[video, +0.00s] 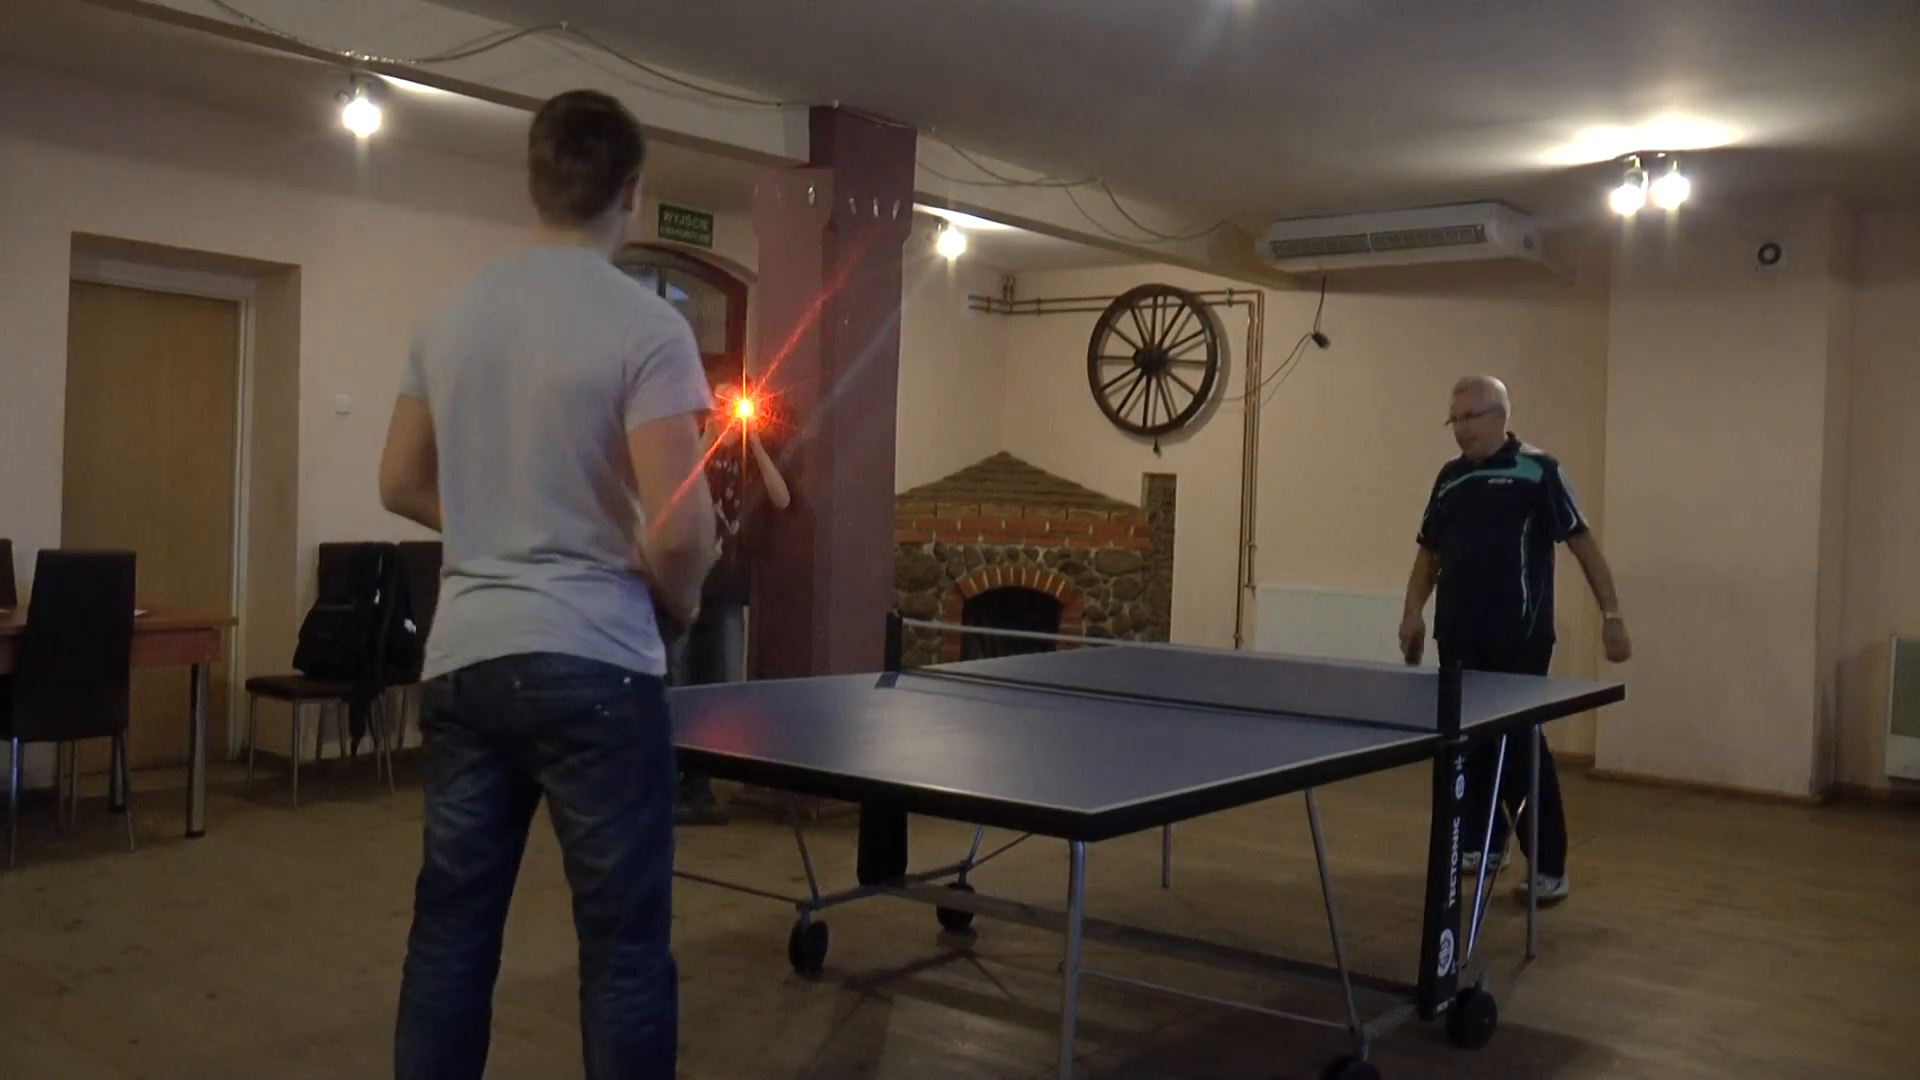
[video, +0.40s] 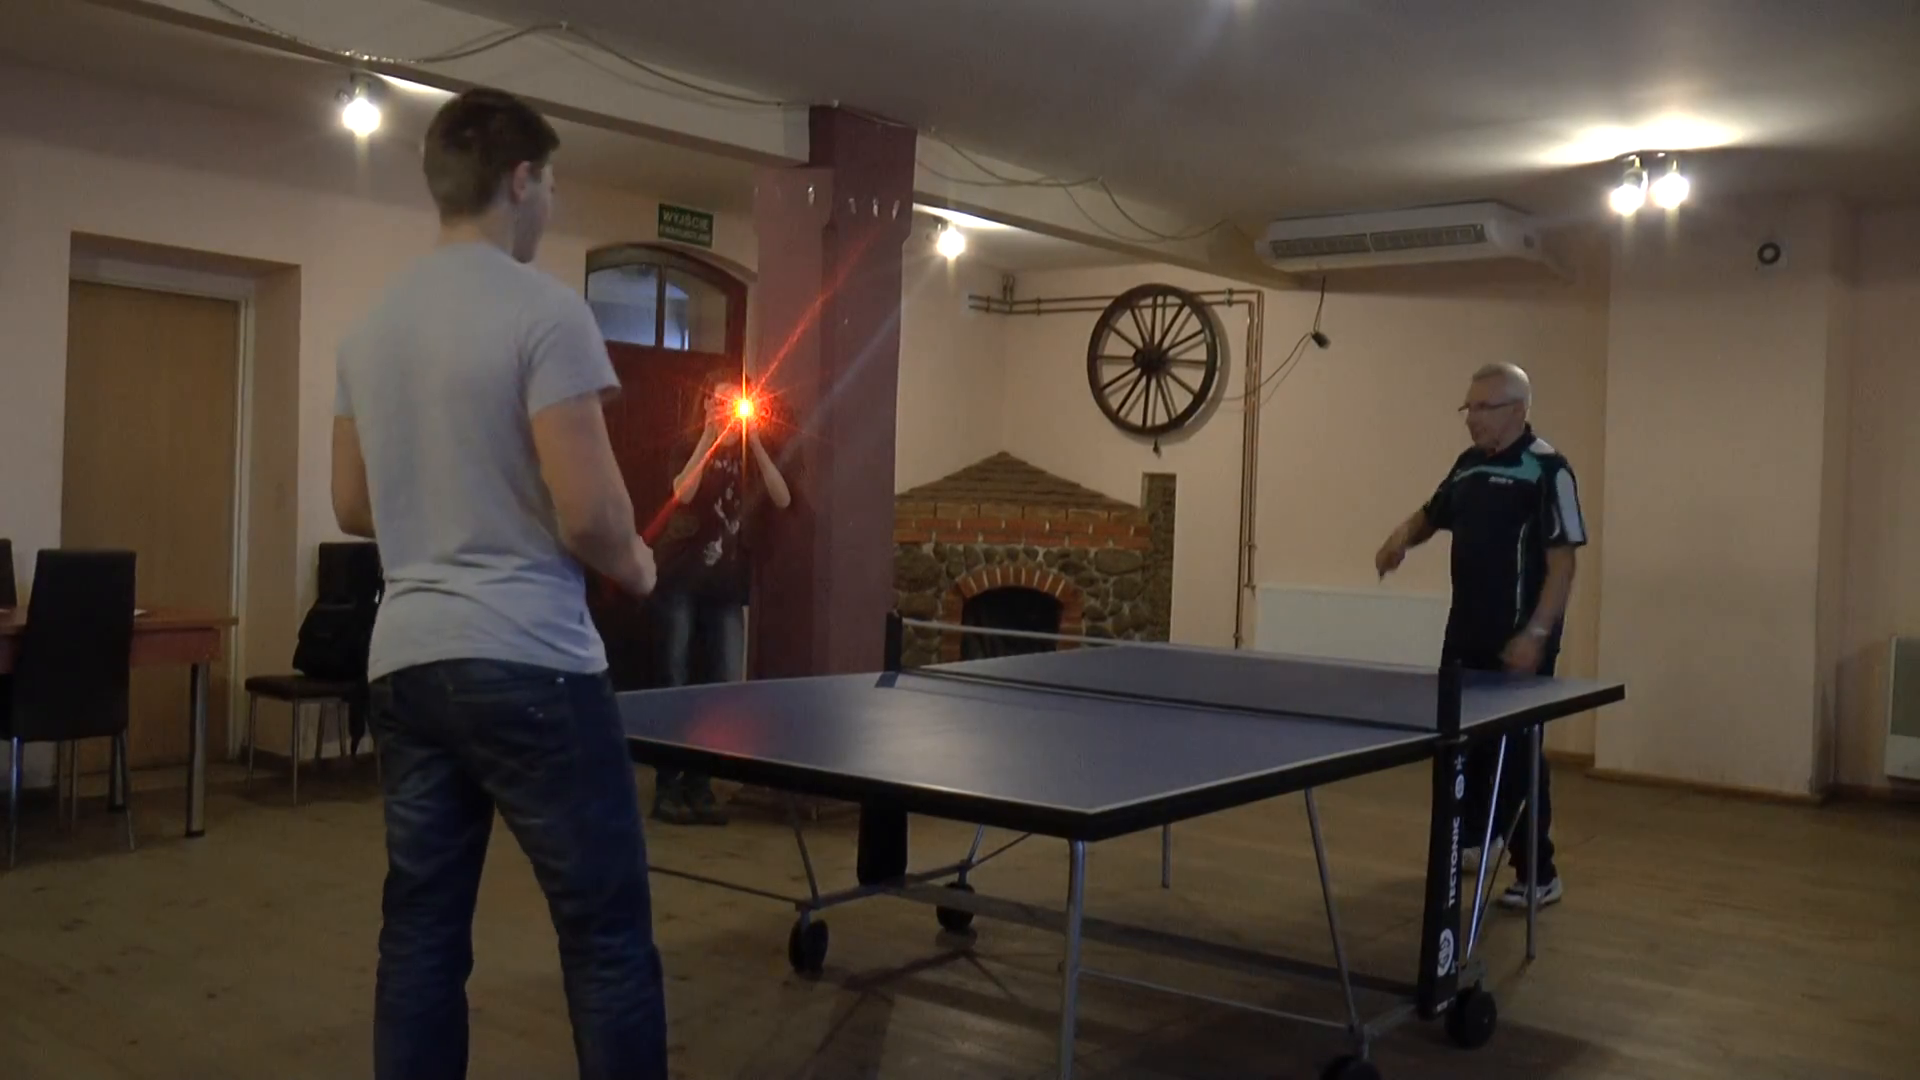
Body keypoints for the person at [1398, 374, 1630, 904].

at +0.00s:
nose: (1459, 428)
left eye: (1469, 418)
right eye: (1453, 419)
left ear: (1501, 418)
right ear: (1451, 421)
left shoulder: (1538, 472)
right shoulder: (1449, 479)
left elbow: (1582, 544)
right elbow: (1429, 553)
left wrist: (1612, 615)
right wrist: (1411, 614)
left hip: (1520, 641)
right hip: (1458, 640)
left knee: (1523, 749)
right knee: (1470, 749)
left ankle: (1548, 867)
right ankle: (1482, 849)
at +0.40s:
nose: (1470, 416)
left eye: (1482, 408)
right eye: (1468, 407)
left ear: (1517, 411)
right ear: (1471, 410)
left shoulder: (1549, 471)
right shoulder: (1468, 465)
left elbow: (1563, 564)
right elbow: (1432, 516)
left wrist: (1535, 633)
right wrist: (1398, 540)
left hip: (1520, 640)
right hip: (1465, 632)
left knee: (1517, 754)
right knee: (1461, 746)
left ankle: (1537, 871)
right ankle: (1469, 843)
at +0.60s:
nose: (1466, 405)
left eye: (1480, 398)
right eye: (1465, 396)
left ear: (1512, 411)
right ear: (1468, 402)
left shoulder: (1530, 471)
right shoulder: (1471, 460)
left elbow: (1526, 562)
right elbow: (1451, 512)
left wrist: (1458, 608)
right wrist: (1401, 518)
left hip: (1517, 642)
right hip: (1471, 632)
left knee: (1514, 759)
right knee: (1451, 741)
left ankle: (1539, 873)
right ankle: (1436, 842)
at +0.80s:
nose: (1455, 411)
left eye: (1469, 404)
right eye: (1451, 401)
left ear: (1500, 413)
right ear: (1447, 405)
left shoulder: (1518, 472)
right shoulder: (1451, 464)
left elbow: (1523, 565)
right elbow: (1442, 542)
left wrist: (1468, 627)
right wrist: (1404, 586)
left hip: (1506, 645)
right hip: (1454, 637)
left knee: (1510, 760)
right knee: (1445, 747)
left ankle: (1537, 871)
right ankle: (1437, 846)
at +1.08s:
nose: (1437, 411)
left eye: (1451, 403)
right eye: (1433, 401)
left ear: (1478, 410)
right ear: (1428, 406)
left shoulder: (1500, 468)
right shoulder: (1426, 460)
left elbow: (1502, 547)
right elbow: (1416, 540)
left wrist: (1463, 595)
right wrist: (1403, 609)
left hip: (1494, 635)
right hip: (1437, 628)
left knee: (1504, 752)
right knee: (1436, 742)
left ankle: (1527, 867)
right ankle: (1435, 844)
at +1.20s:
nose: (1436, 414)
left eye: (1448, 405)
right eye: (1430, 404)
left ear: (1477, 410)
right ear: (1425, 409)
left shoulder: (1496, 460)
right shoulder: (1424, 462)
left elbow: (1487, 513)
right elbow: (1406, 536)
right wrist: (1382, 599)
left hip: (1491, 632)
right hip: (1433, 629)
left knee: (1503, 753)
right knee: (1436, 744)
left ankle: (1527, 867)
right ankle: (1435, 843)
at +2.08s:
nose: (1459, 411)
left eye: (1472, 402)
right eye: (1453, 401)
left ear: (1500, 409)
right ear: (1446, 406)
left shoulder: (1531, 466)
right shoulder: (1435, 468)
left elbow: (1564, 544)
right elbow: (1411, 541)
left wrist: (1512, 531)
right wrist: (1406, 591)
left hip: (1509, 639)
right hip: (1445, 635)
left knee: (1504, 754)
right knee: (1438, 746)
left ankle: (1501, 866)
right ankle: (1436, 846)